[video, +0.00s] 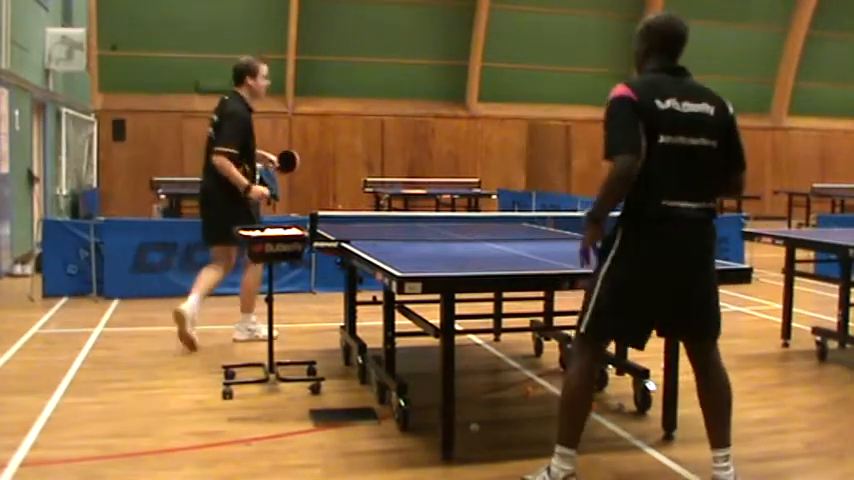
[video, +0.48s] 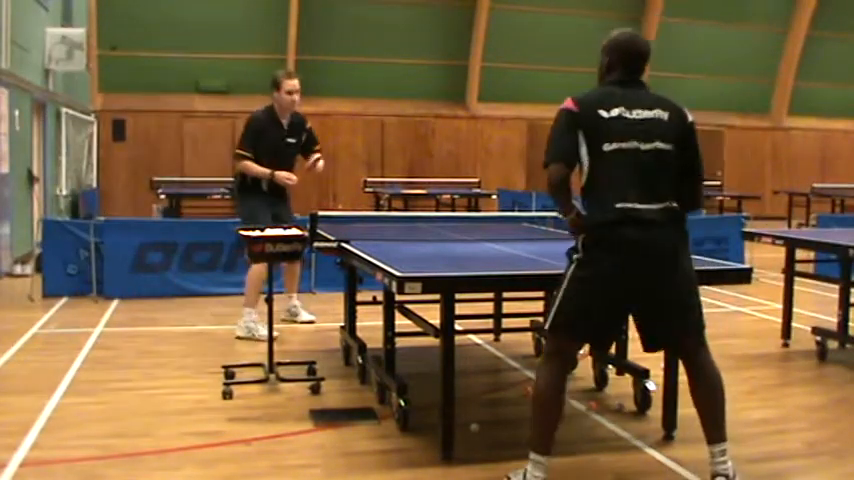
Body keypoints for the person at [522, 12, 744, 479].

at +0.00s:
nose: (633, 53)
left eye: (636, 45)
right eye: (638, 45)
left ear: (643, 49)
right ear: (681, 52)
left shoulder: (630, 95)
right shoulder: (715, 103)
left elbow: (627, 164)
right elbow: (733, 182)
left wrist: (595, 219)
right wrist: (684, 184)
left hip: (640, 241)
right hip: (695, 244)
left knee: (587, 349)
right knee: (706, 356)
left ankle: (561, 465)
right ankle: (724, 469)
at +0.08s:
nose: (640, 52)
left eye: (642, 45)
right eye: (643, 44)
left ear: (650, 48)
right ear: (689, 51)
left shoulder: (635, 92)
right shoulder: (722, 104)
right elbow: (736, 184)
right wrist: (683, 181)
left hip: (640, 241)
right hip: (695, 244)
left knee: (589, 346)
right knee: (705, 354)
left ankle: (560, 465)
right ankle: (724, 469)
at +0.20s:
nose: (638, 51)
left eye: (641, 43)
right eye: (642, 43)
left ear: (650, 47)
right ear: (688, 51)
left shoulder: (632, 90)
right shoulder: (720, 104)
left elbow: (629, 153)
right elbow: (733, 188)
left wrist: (602, 204)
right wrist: (684, 192)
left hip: (636, 241)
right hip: (692, 245)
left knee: (587, 348)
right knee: (705, 357)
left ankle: (551, 465)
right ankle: (724, 469)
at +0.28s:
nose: (634, 53)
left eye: (637, 46)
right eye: (639, 45)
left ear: (643, 50)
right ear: (681, 54)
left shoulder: (622, 95)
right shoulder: (711, 107)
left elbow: (612, 156)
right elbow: (728, 187)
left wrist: (595, 206)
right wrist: (684, 196)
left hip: (628, 248)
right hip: (685, 251)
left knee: (581, 352)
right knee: (704, 359)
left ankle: (540, 467)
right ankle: (724, 469)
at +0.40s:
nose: (612, 63)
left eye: (615, 57)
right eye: (620, 57)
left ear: (619, 60)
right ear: (659, 66)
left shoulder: (592, 106)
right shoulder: (687, 112)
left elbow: (575, 167)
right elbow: (707, 191)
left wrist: (579, 214)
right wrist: (662, 200)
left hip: (613, 252)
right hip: (673, 254)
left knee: (562, 355)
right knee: (697, 358)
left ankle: (536, 469)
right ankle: (723, 468)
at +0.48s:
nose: (598, 67)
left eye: (600, 61)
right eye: (602, 60)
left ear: (605, 64)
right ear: (645, 67)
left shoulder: (580, 108)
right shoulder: (676, 114)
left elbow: (556, 176)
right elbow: (692, 198)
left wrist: (570, 213)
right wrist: (647, 211)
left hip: (604, 251)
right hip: (666, 251)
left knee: (557, 356)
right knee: (695, 352)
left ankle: (535, 469)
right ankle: (723, 466)